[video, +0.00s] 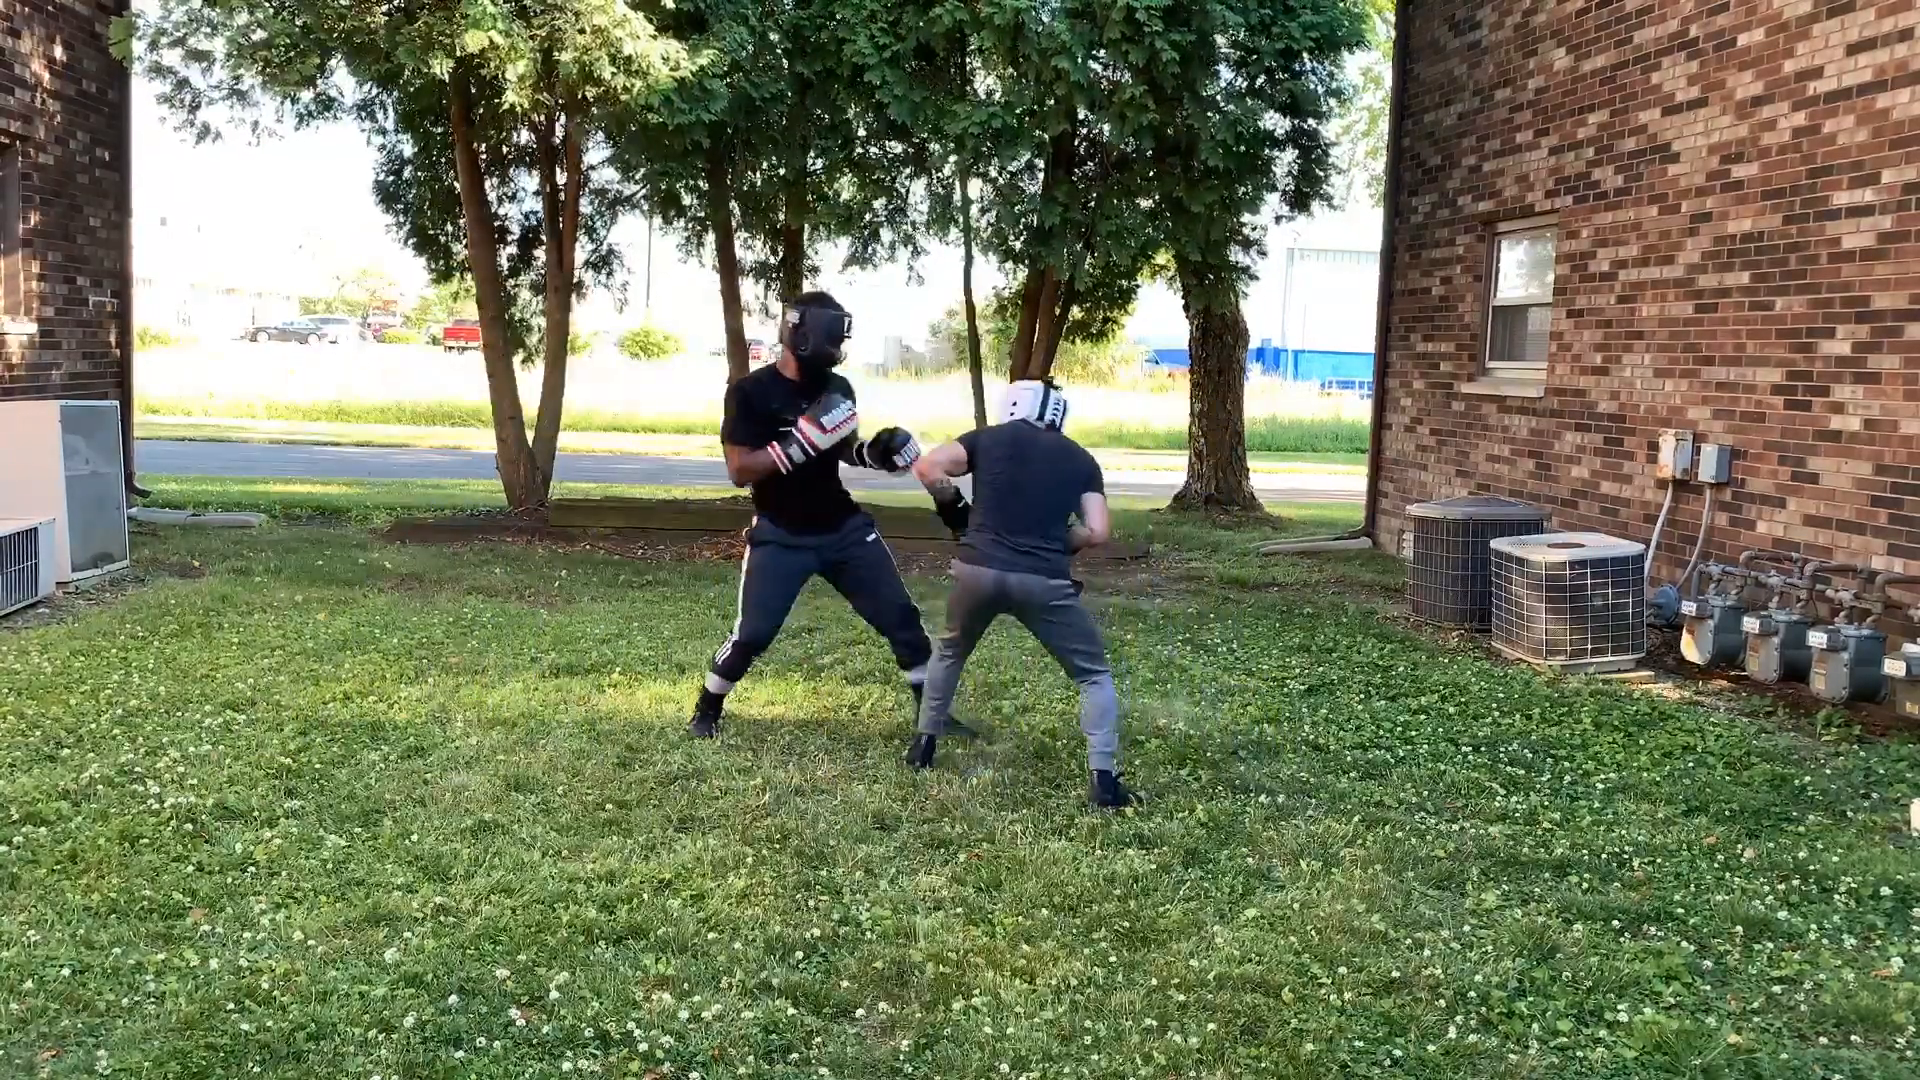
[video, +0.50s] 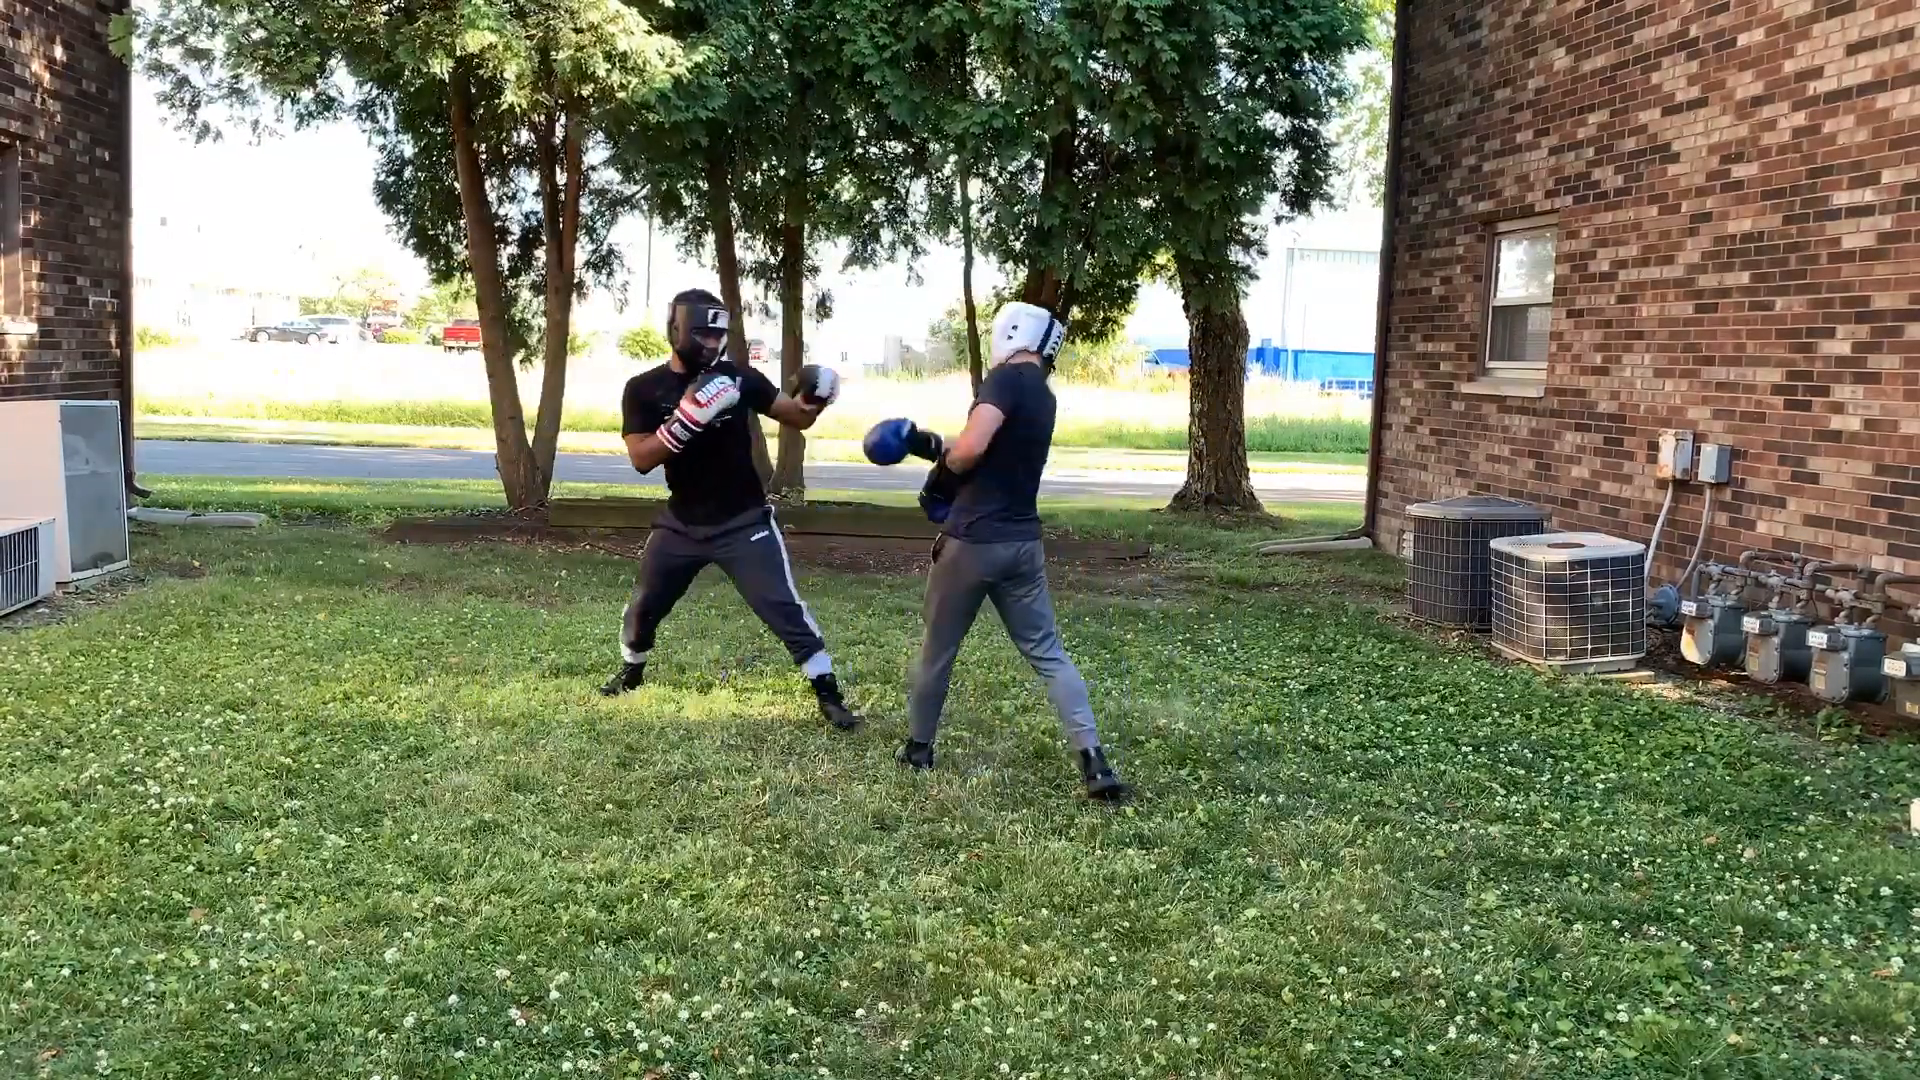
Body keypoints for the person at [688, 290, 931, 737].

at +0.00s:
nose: (838, 347)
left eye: (840, 337)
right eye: (830, 336)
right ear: (798, 334)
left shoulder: (836, 388)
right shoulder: (749, 393)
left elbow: (842, 447)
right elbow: (739, 470)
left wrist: (876, 453)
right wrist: (798, 444)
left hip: (843, 529)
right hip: (779, 535)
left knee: (902, 619)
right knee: (754, 634)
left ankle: (932, 712)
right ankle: (709, 705)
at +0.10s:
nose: (834, 336)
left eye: (836, 326)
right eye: (825, 325)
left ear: (834, 324)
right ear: (794, 322)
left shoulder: (837, 367)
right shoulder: (739, 367)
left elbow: (891, 404)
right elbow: (717, 441)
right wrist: (771, 420)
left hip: (825, 506)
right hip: (759, 506)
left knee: (873, 600)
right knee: (734, 609)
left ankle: (873, 696)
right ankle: (706, 704)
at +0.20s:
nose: (820, 333)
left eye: (824, 323)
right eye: (811, 323)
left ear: (825, 323)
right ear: (782, 319)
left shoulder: (828, 361)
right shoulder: (731, 363)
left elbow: (895, 383)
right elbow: (710, 435)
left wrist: (953, 375)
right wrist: (756, 413)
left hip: (805, 507)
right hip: (741, 501)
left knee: (836, 601)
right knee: (706, 593)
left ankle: (841, 703)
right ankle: (682, 684)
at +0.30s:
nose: (791, 330)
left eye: (796, 321)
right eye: (782, 319)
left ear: (799, 322)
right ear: (753, 316)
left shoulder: (806, 356)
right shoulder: (708, 371)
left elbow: (874, 367)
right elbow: (700, 444)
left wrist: (918, 350)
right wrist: (745, 410)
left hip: (795, 515)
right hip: (728, 514)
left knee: (831, 602)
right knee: (677, 602)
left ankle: (841, 700)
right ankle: (652, 660)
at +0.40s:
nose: (745, 337)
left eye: (752, 328)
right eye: (736, 327)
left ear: (759, 329)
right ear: (709, 324)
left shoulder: (770, 366)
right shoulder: (675, 381)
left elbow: (833, 390)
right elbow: (676, 451)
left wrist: (867, 366)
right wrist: (717, 415)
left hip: (773, 522)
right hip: (708, 524)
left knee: (813, 610)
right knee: (664, 603)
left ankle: (840, 701)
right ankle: (634, 667)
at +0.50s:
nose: (713, 343)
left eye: (719, 334)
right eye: (702, 333)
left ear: (725, 334)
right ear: (674, 331)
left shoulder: (739, 377)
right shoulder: (643, 390)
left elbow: (796, 416)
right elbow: (640, 458)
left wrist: (815, 399)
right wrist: (684, 420)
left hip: (745, 521)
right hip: (682, 524)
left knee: (780, 604)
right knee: (644, 604)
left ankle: (829, 695)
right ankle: (631, 670)